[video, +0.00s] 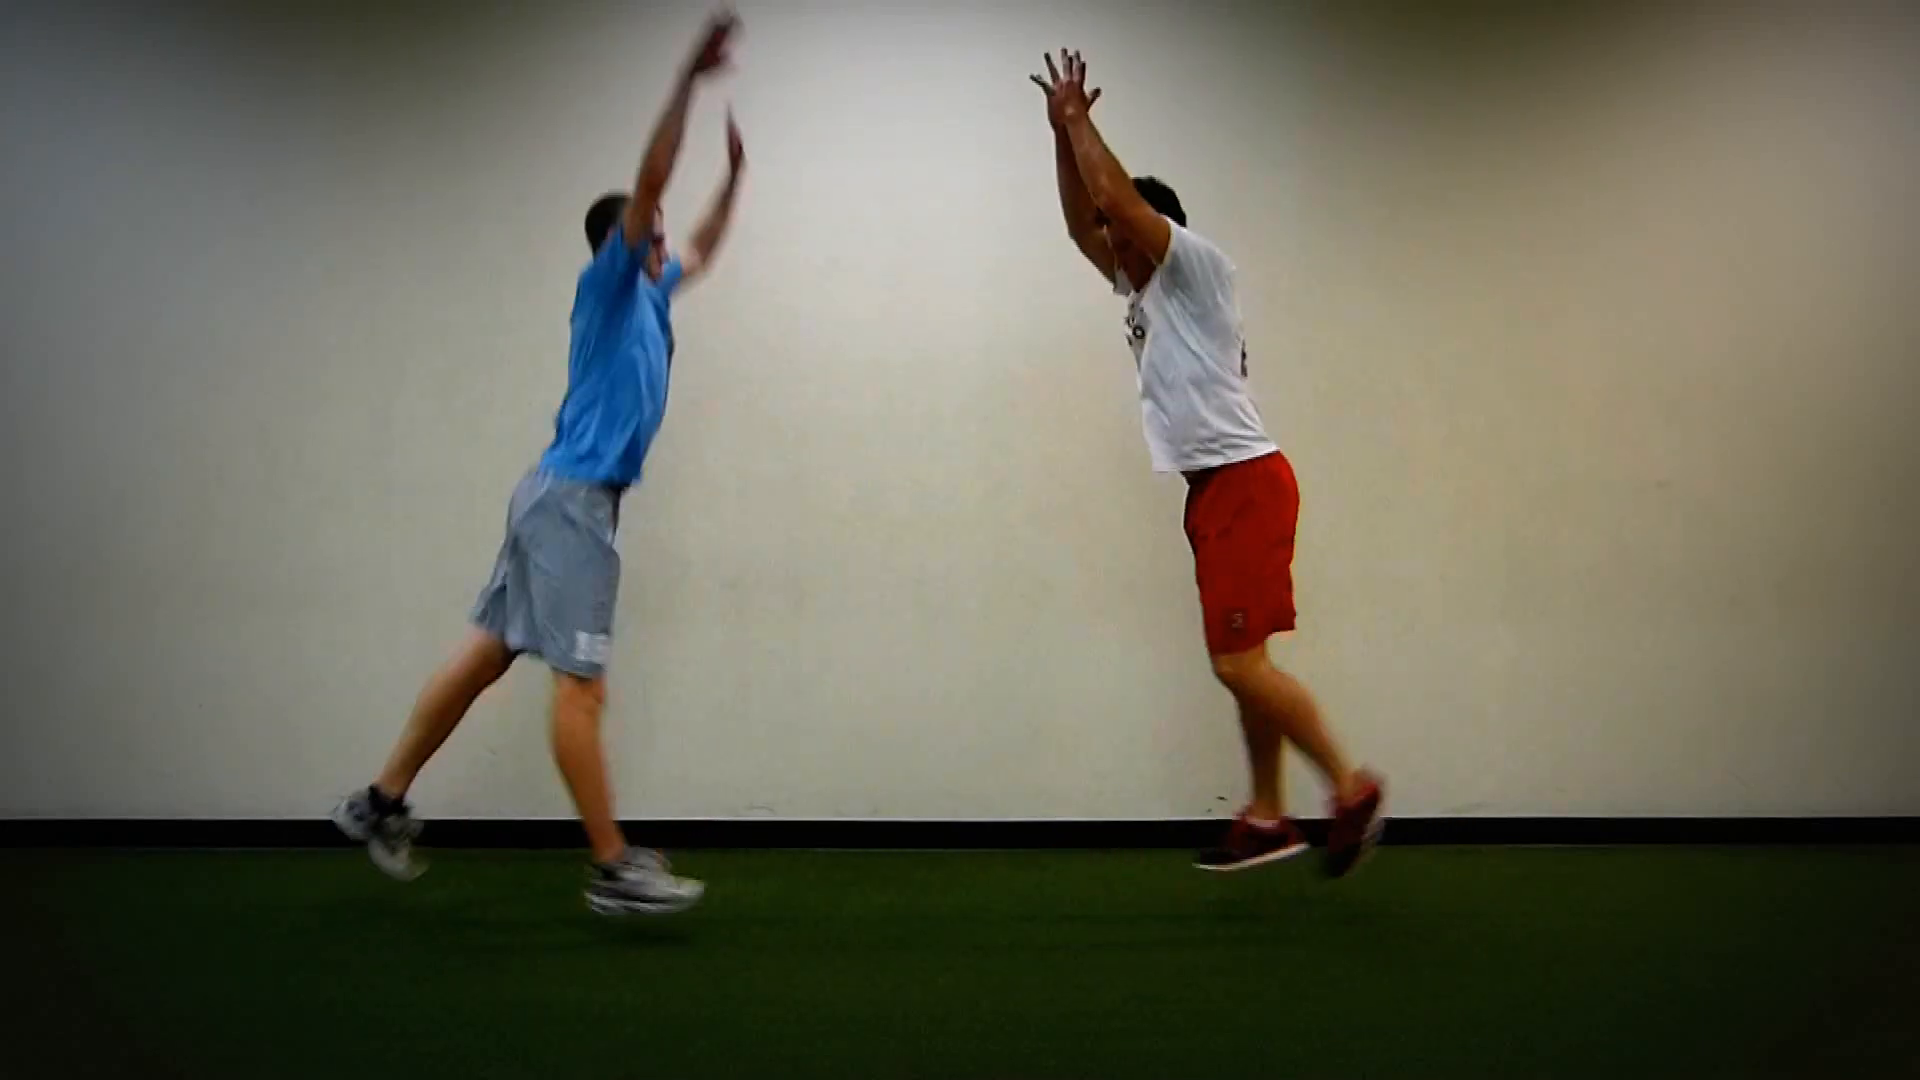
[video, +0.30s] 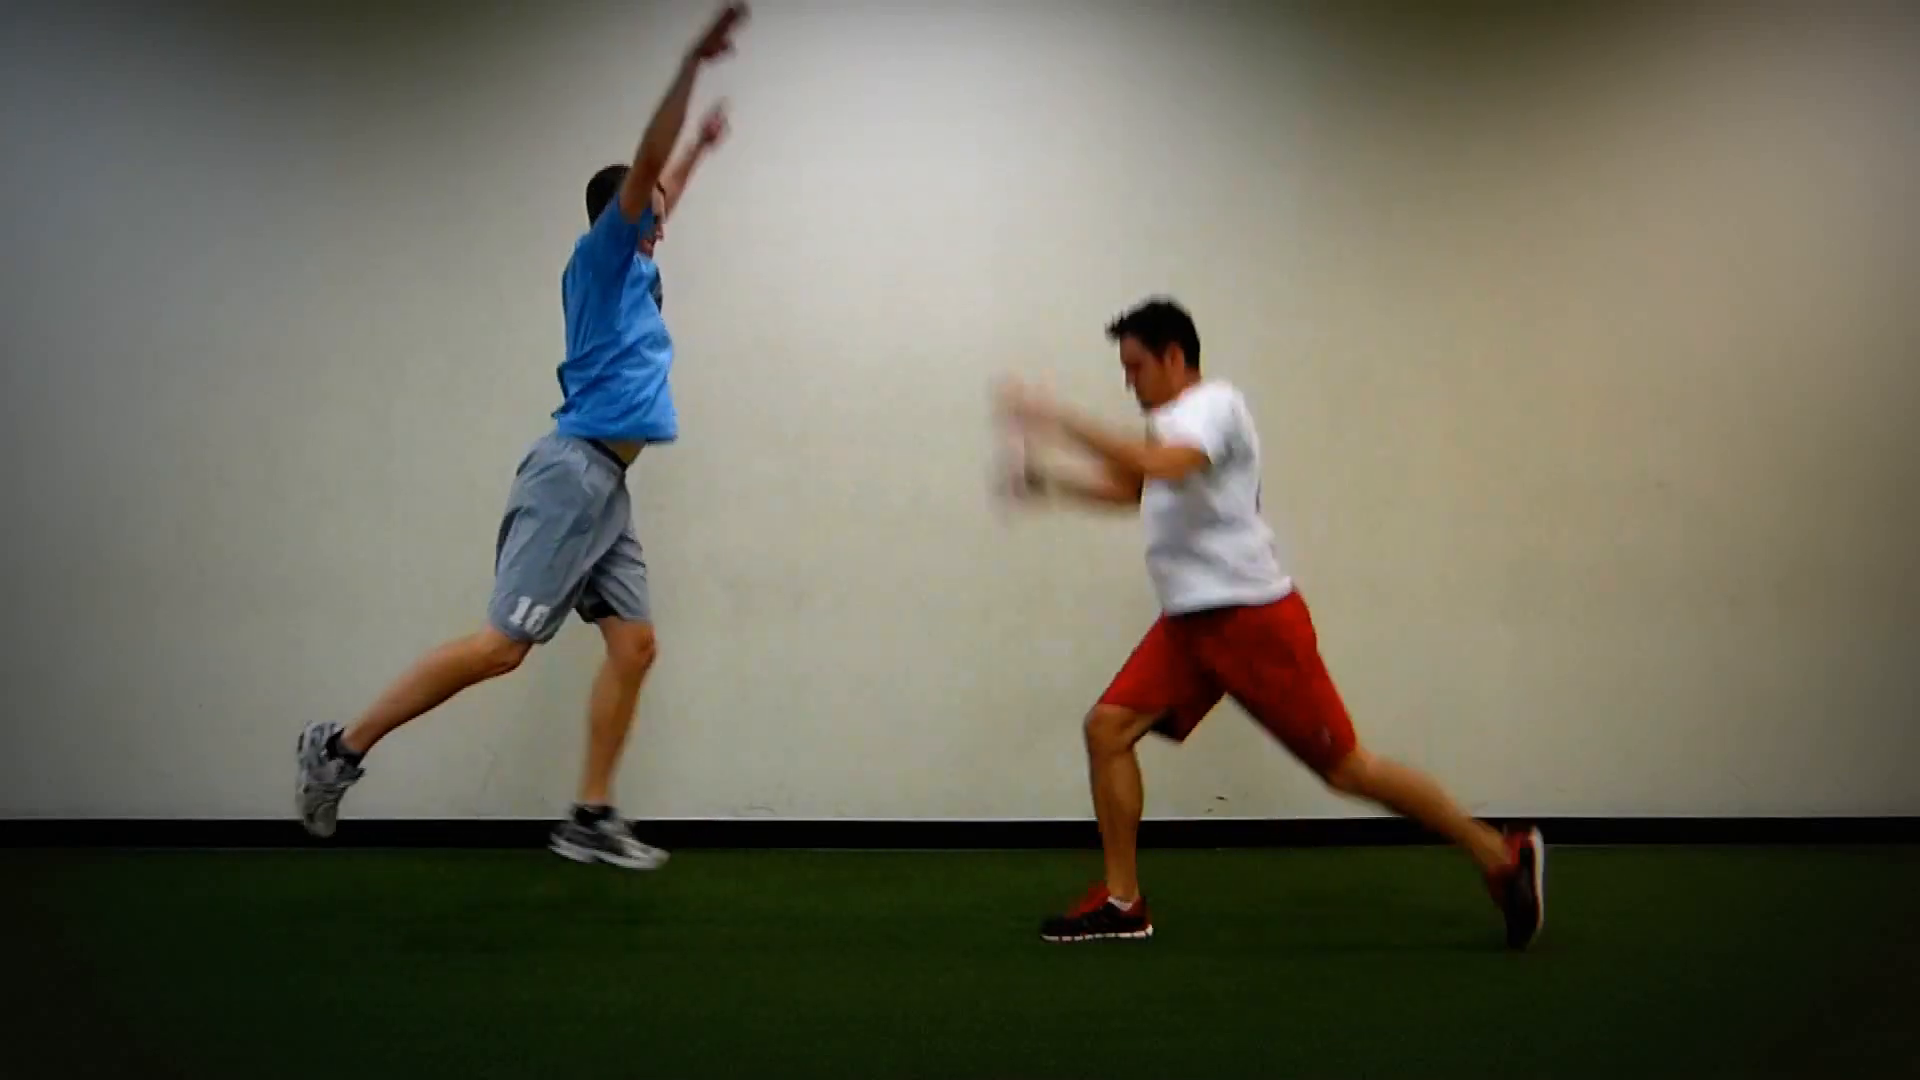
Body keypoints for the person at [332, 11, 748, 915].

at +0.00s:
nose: (663, 239)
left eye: (661, 229)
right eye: (649, 228)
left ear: (648, 245)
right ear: (622, 237)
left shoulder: (652, 298)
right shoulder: (610, 285)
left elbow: (700, 252)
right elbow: (646, 190)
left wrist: (733, 179)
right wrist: (688, 79)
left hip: (564, 499)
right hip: (574, 503)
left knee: (486, 653)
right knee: (581, 685)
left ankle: (381, 800)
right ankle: (612, 862)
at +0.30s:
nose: (659, 206)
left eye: (659, 200)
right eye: (650, 195)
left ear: (637, 214)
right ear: (621, 205)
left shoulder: (633, 267)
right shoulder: (601, 256)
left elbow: (657, 204)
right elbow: (644, 169)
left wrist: (699, 147)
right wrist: (692, 60)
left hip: (607, 485)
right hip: (571, 474)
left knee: (633, 649)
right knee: (501, 648)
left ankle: (591, 818)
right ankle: (340, 749)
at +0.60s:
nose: (669, 444)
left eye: (667, 432)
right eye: (659, 433)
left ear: (633, 440)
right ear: (621, 438)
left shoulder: (631, 515)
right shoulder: (610, 510)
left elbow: (620, 609)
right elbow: (603, 585)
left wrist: (687, 634)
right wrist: (685, 619)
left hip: (607, 687)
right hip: (553, 695)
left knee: (717, 727)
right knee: (502, 875)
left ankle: (665, 882)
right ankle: (318, 873)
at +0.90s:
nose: (677, 478)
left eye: (677, 467)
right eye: (667, 468)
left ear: (638, 471)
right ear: (630, 470)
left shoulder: (632, 542)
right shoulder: (611, 537)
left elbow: (615, 648)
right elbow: (568, 630)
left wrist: (613, 749)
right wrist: (567, 734)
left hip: (599, 703)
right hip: (545, 713)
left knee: (715, 726)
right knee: (501, 903)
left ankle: (663, 881)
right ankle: (322, 873)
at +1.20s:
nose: (673, 468)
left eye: (673, 457)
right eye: (663, 457)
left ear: (634, 462)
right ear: (624, 460)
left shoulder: (625, 535)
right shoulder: (599, 535)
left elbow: (583, 637)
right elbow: (558, 636)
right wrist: (561, 740)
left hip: (598, 701)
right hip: (544, 710)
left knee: (715, 726)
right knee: (499, 898)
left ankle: (663, 883)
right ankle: (317, 872)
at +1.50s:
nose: (675, 465)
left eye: (674, 454)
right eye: (665, 455)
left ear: (634, 461)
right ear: (626, 460)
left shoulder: (628, 535)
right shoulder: (600, 538)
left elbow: (583, 637)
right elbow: (552, 640)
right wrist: (540, 747)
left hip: (605, 705)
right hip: (550, 719)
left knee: (717, 726)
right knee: (498, 900)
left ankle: (663, 883)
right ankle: (316, 872)